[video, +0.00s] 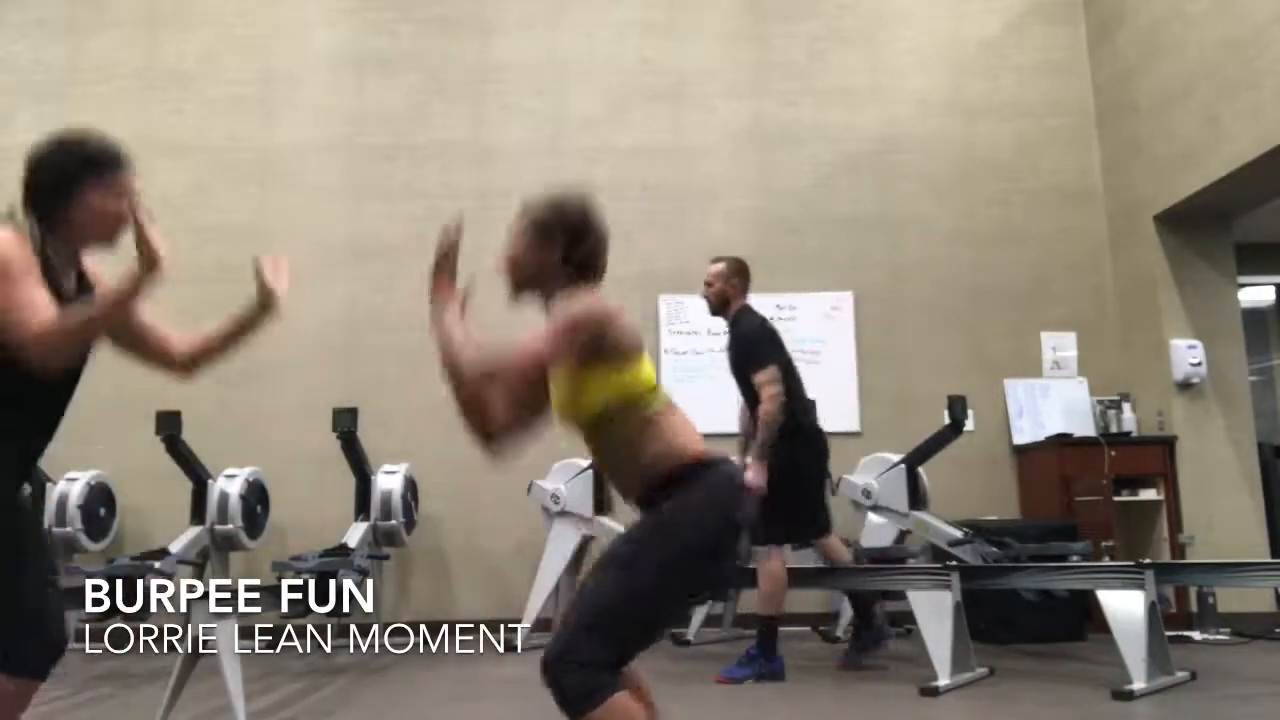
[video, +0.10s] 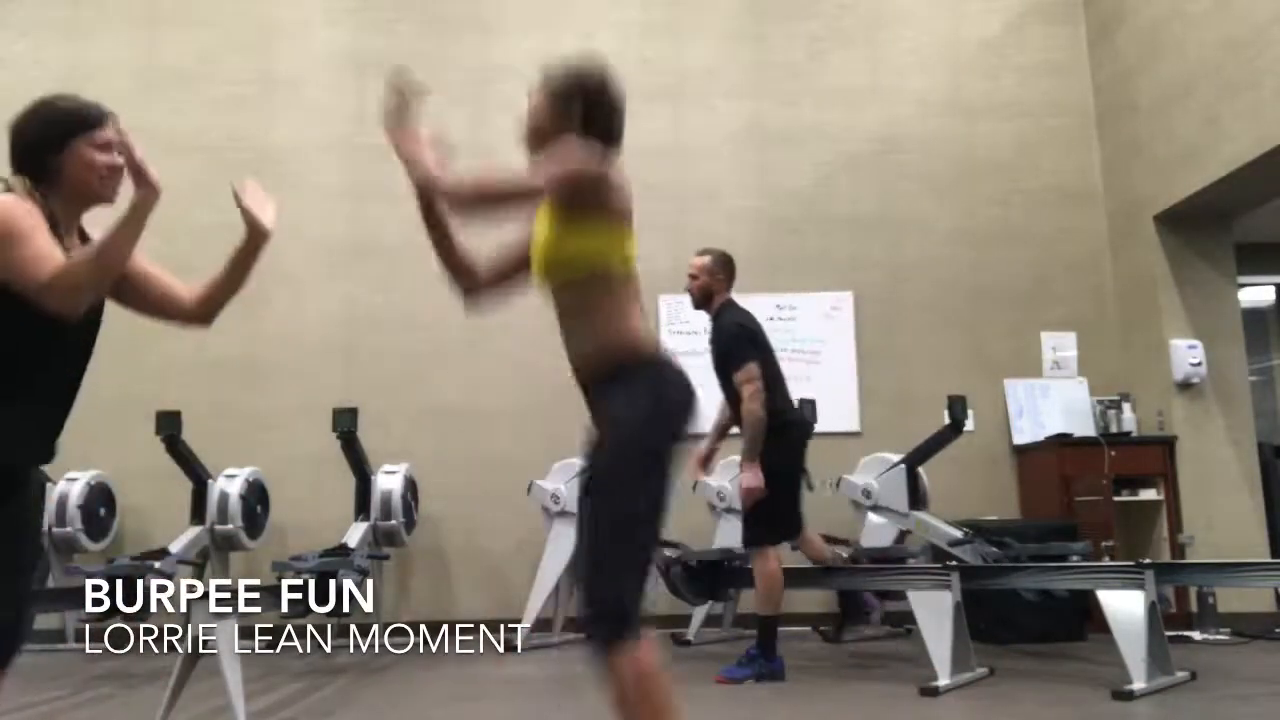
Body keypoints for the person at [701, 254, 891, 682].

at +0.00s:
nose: (704, 291)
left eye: (711, 284)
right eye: (705, 284)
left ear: (734, 288)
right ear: (728, 288)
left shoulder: (749, 329)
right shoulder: (740, 329)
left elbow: (774, 397)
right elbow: (751, 401)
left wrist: (758, 458)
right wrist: (743, 453)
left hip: (789, 444)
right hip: (796, 441)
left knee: (768, 545)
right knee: (820, 534)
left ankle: (765, 652)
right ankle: (869, 619)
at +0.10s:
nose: (687, 284)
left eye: (694, 277)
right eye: (689, 276)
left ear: (717, 281)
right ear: (714, 282)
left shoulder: (730, 325)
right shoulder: (727, 322)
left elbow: (754, 395)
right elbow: (734, 396)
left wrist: (750, 464)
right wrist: (712, 443)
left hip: (774, 437)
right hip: (780, 433)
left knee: (762, 547)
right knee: (795, 529)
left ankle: (766, 654)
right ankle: (853, 590)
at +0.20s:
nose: (676, 279)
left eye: (683, 273)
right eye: (677, 272)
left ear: (707, 277)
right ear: (701, 276)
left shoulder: (719, 322)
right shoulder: (710, 320)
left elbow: (740, 395)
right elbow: (722, 394)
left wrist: (732, 460)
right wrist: (692, 440)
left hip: (757, 442)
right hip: (752, 438)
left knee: (753, 548)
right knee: (750, 524)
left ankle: (765, 653)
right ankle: (811, 544)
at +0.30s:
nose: (668, 278)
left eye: (675, 271)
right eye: (669, 271)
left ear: (700, 275)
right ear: (695, 276)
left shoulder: (712, 321)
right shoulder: (703, 319)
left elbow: (730, 391)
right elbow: (709, 393)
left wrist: (711, 457)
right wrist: (684, 440)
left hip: (742, 441)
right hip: (734, 437)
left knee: (744, 548)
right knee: (702, 497)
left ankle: (764, 653)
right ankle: (790, 516)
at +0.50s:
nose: (639, 282)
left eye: (645, 274)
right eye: (637, 275)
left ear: (671, 276)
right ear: (662, 279)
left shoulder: (688, 322)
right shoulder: (670, 322)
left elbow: (699, 391)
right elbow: (682, 395)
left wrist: (665, 452)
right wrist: (664, 446)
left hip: (705, 444)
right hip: (686, 441)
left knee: (718, 546)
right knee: (632, 505)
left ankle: (760, 648)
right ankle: (692, 555)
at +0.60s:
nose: (619, 286)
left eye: (626, 278)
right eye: (618, 279)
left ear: (652, 280)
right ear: (636, 283)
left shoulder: (671, 326)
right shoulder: (649, 327)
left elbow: (685, 395)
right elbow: (655, 399)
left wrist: (654, 457)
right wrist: (640, 447)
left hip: (688, 452)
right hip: (663, 450)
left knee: (712, 549)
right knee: (620, 530)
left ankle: (759, 649)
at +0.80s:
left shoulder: (610, 329)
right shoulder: (560, 336)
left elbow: (631, 400)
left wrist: (636, 467)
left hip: (617, 463)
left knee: (626, 554)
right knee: (577, 559)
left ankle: (705, 617)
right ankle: (574, 651)